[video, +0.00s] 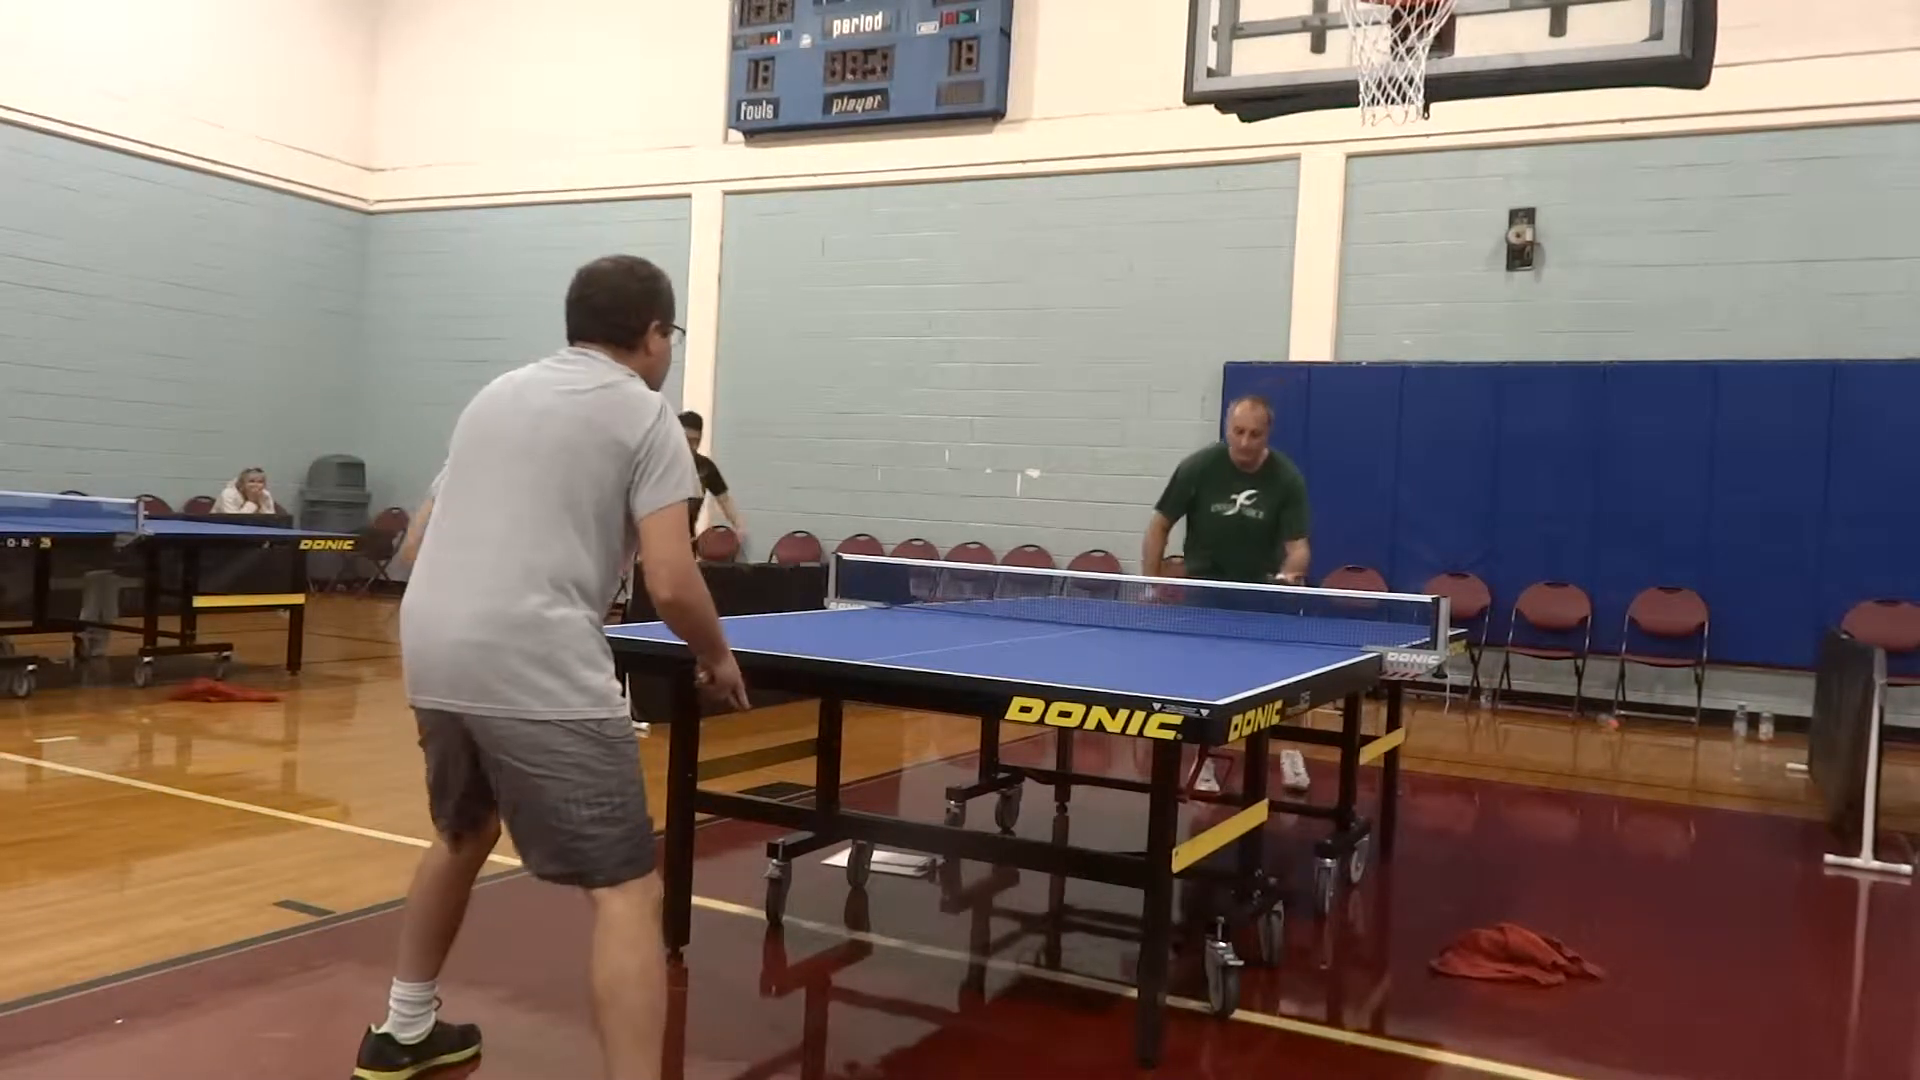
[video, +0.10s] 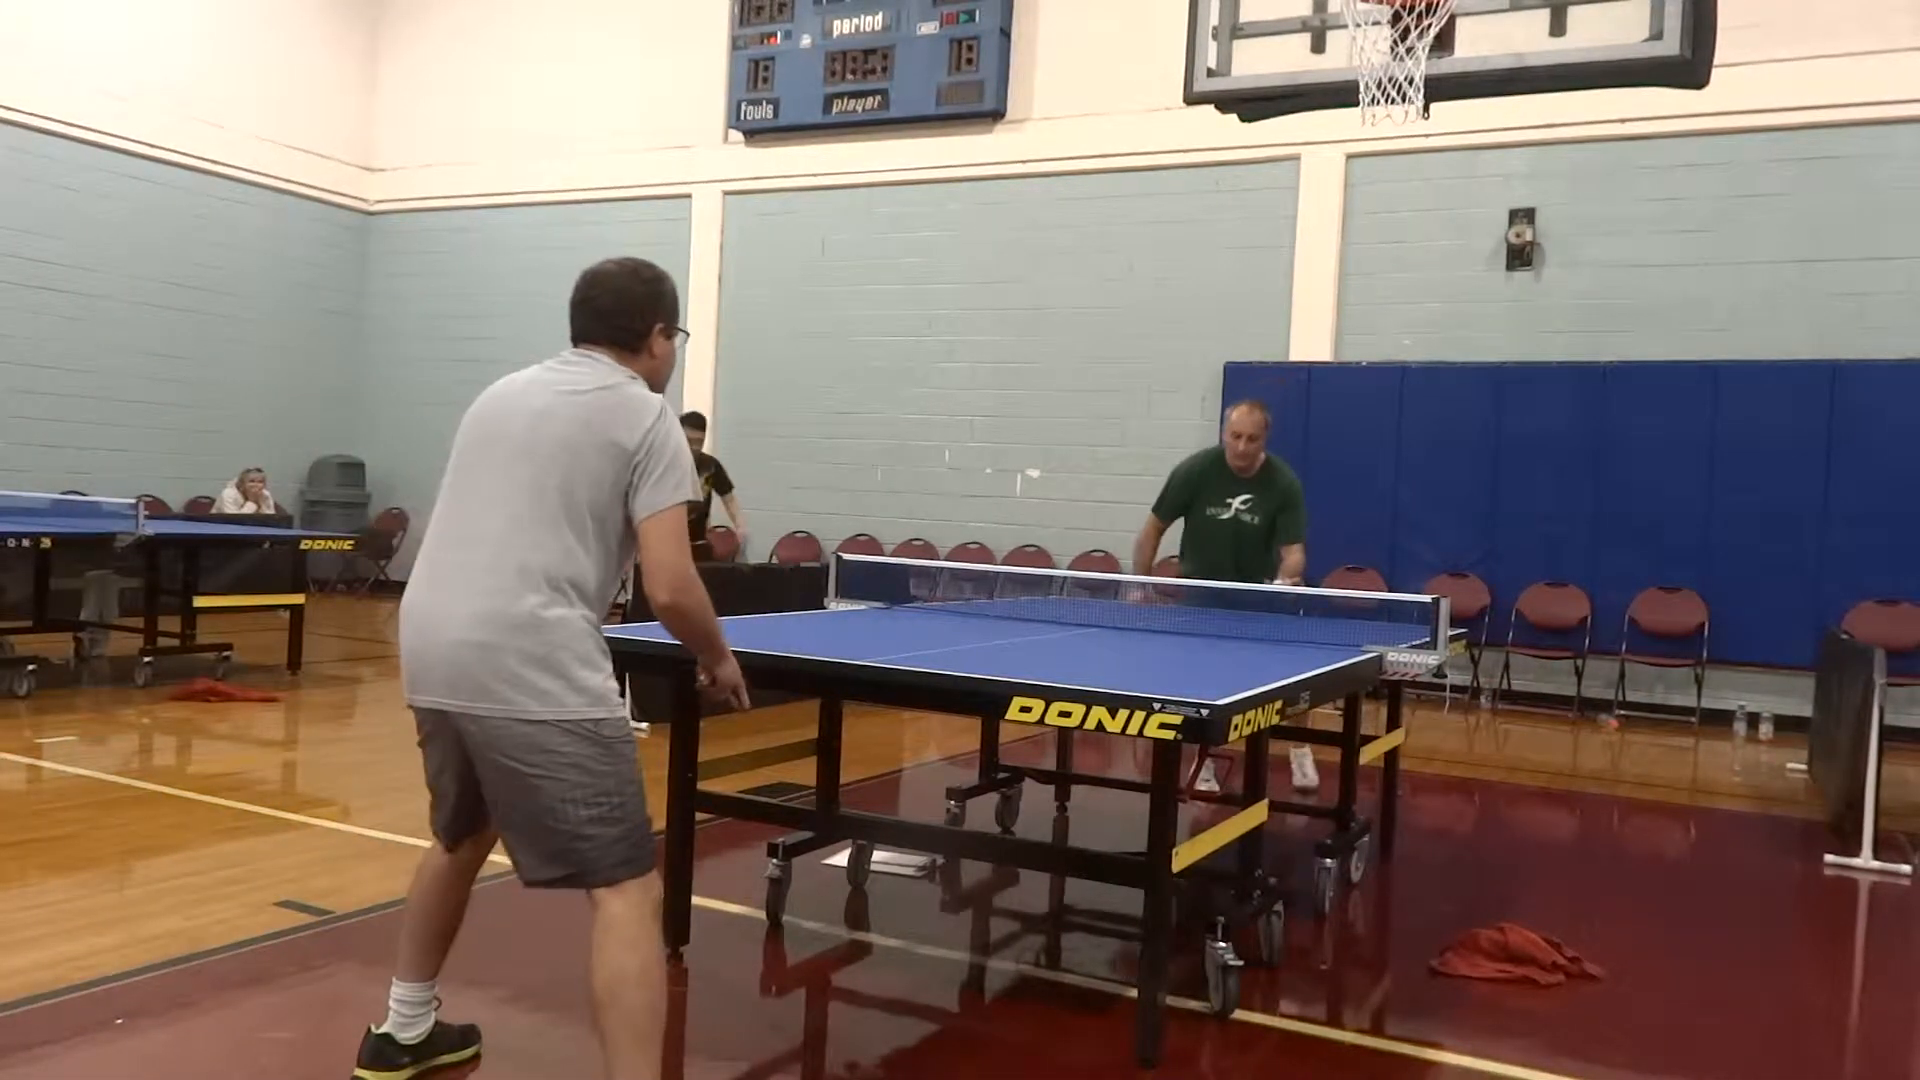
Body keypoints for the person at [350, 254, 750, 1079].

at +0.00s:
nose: (671, 351)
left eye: (673, 337)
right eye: (671, 336)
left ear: (573, 329)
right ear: (649, 336)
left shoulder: (495, 395)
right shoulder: (645, 415)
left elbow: (422, 540)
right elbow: (672, 580)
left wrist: (542, 593)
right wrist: (716, 657)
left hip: (433, 659)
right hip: (542, 671)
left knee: (462, 827)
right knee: (626, 885)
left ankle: (404, 1027)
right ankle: (636, 1072)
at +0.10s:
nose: (674, 353)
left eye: (676, 340)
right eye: (674, 338)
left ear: (577, 331)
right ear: (653, 337)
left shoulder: (500, 395)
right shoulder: (645, 416)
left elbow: (487, 532)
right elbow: (671, 588)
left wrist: (580, 594)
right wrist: (716, 657)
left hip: (431, 661)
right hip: (539, 674)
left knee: (460, 831)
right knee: (625, 883)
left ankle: (404, 1028)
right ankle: (636, 1072)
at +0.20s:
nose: (677, 357)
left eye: (680, 344)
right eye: (677, 342)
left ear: (581, 333)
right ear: (657, 339)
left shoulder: (503, 396)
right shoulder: (646, 416)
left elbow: (488, 537)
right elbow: (671, 589)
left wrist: (577, 617)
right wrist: (718, 660)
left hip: (430, 660)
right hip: (537, 674)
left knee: (460, 833)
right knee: (626, 885)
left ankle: (404, 1028)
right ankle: (635, 1073)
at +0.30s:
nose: (682, 361)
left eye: (685, 347)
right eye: (682, 346)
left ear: (585, 336)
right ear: (661, 342)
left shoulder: (506, 396)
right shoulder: (649, 419)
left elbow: (479, 545)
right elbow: (671, 591)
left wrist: (578, 621)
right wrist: (721, 661)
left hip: (429, 656)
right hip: (534, 671)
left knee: (460, 832)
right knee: (625, 884)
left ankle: (404, 1028)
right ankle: (635, 1073)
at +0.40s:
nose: (683, 366)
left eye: (686, 352)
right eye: (684, 350)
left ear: (588, 339)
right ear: (663, 346)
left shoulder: (509, 398)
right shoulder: (652, 423)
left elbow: (482, 544)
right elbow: (672, 592)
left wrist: (575, 618)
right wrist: (723, 664)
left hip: (429, 653)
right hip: (534, 670)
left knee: (460, 832)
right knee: (623, 886)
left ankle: (404, 1028)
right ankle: (634, 1073)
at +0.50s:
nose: (687, 367)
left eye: (689, 353)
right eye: (687, 352)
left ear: (591, 339)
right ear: (664, 347)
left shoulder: (512, 399)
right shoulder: (655, 425)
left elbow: (488, 545)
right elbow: (671, 591)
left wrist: (579, 627)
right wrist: (723, 664)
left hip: (431, 653)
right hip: (536, 669)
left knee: (461, 832)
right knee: (622, 885)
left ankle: (404, 1028)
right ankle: (635, 1073)